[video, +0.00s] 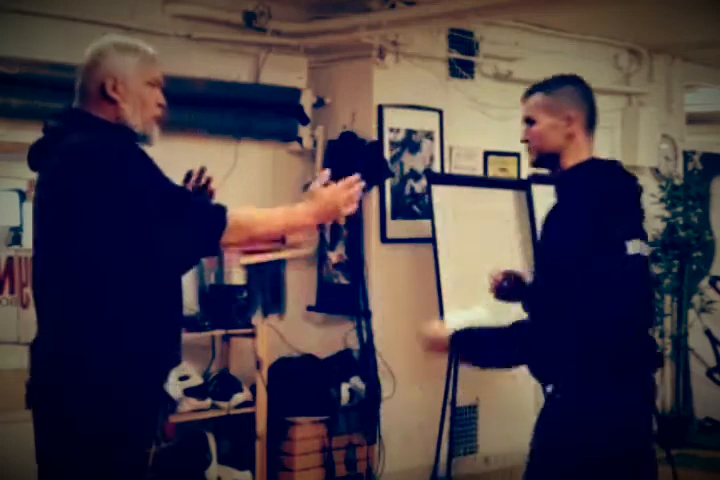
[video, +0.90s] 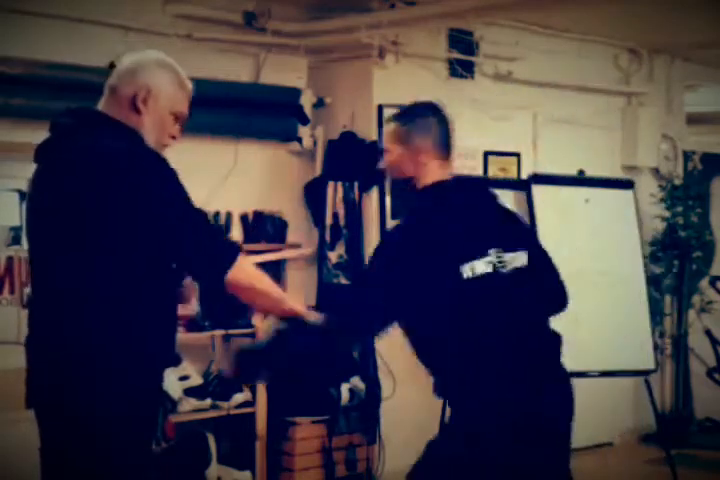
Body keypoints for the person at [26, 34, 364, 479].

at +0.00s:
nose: (163, 102)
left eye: (161, 88)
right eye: (154, 85)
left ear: (113, 91)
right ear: (114, 89)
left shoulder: (71, 154)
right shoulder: (105, 156)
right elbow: (210, 231)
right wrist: (315, 209)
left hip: (74, 384)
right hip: (108, 391)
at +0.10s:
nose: (155, 100)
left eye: (153, 86)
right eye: (146, 83)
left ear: (105, 89)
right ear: (107, 87)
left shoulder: (60, 155)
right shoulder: (103, 157)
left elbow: (123, 255)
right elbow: (211, 238)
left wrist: (182, 218)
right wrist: (305, 232)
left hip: (66, 379)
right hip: (109, 384)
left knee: (69, 470)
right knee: (113, 470)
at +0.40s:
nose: (142, 98)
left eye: (140, 85)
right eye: (133, 83)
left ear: (91, 88)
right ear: (92, 87)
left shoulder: (52, 156)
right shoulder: (88, 159)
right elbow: (190, 241)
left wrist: (181, 226)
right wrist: (290, 240)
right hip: (104, 381)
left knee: (75, 471)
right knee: (112, 470)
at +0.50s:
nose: (145, 101)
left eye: (143, 89)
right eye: (137, 86)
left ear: (94, 89)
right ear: (95, 88)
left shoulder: (57, 154)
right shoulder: (90, 156)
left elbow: (167, 244)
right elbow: (191, 237)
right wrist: (288, 211)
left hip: (73, 382)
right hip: (105, 388)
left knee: (80, 471)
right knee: (112, 471)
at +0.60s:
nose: (154, 106)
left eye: (153, 94)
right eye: (146, 91)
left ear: (107, 90)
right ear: (106, 89)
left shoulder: (56, 154)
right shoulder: (101, 152)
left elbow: (121, 266)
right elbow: (197, 226)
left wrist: (190, 258)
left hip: (68, 376)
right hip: (112, 381)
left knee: (73, 471)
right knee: (114, 470)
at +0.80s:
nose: (174, 127)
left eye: (176, 115)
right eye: (170, 110)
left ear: (128, 95)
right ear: (133, 96)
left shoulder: (55, 163)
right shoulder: (131, 160)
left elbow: (102, 284)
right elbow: (208, 244)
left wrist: (183, 297)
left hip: (61, 377)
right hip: (119, 382)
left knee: (68, 472)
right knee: (120, 471)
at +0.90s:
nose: (177, 136)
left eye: (181, 124)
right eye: (175, 119)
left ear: (133, 98)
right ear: (141, 100)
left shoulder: (56, 158)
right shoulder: (138, 168)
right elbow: (223, 266)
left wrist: (164, 295)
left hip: (57, 376)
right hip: (119, 382)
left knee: (65, 471)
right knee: (119, 470)